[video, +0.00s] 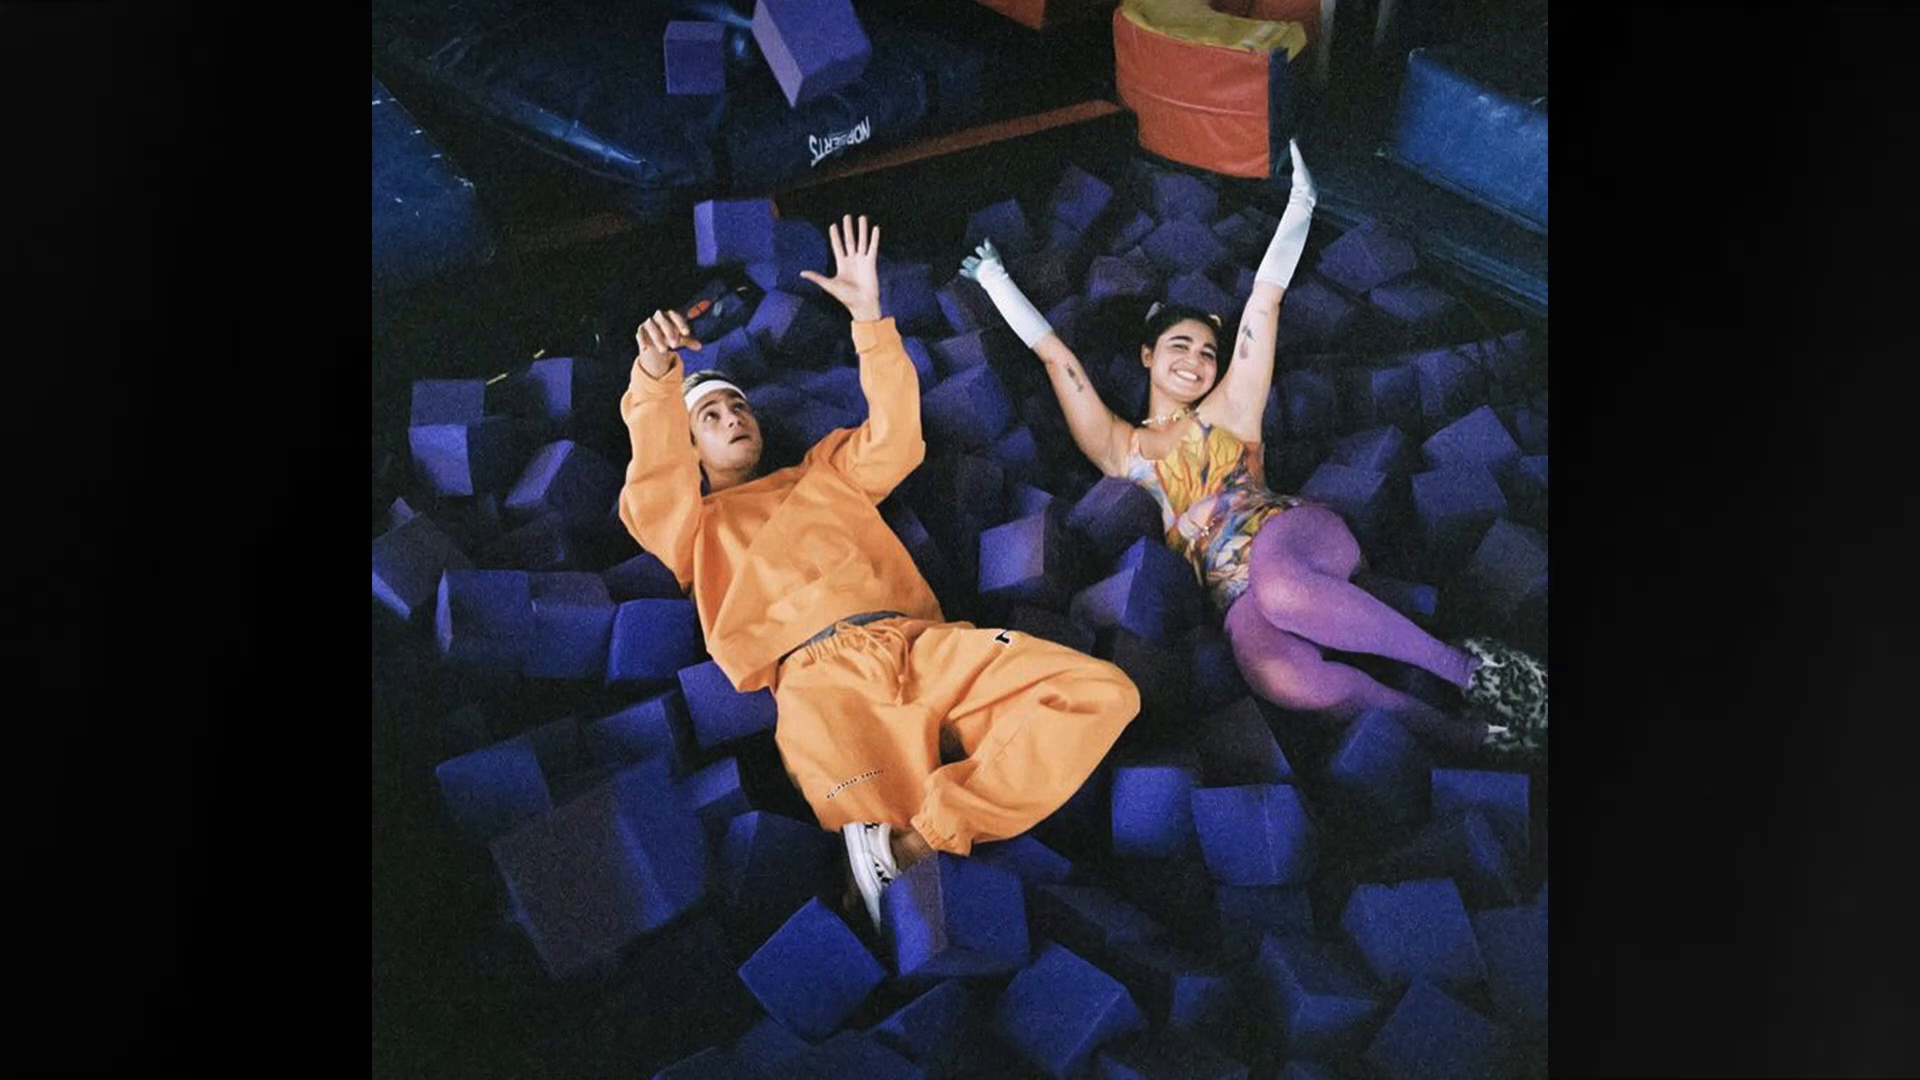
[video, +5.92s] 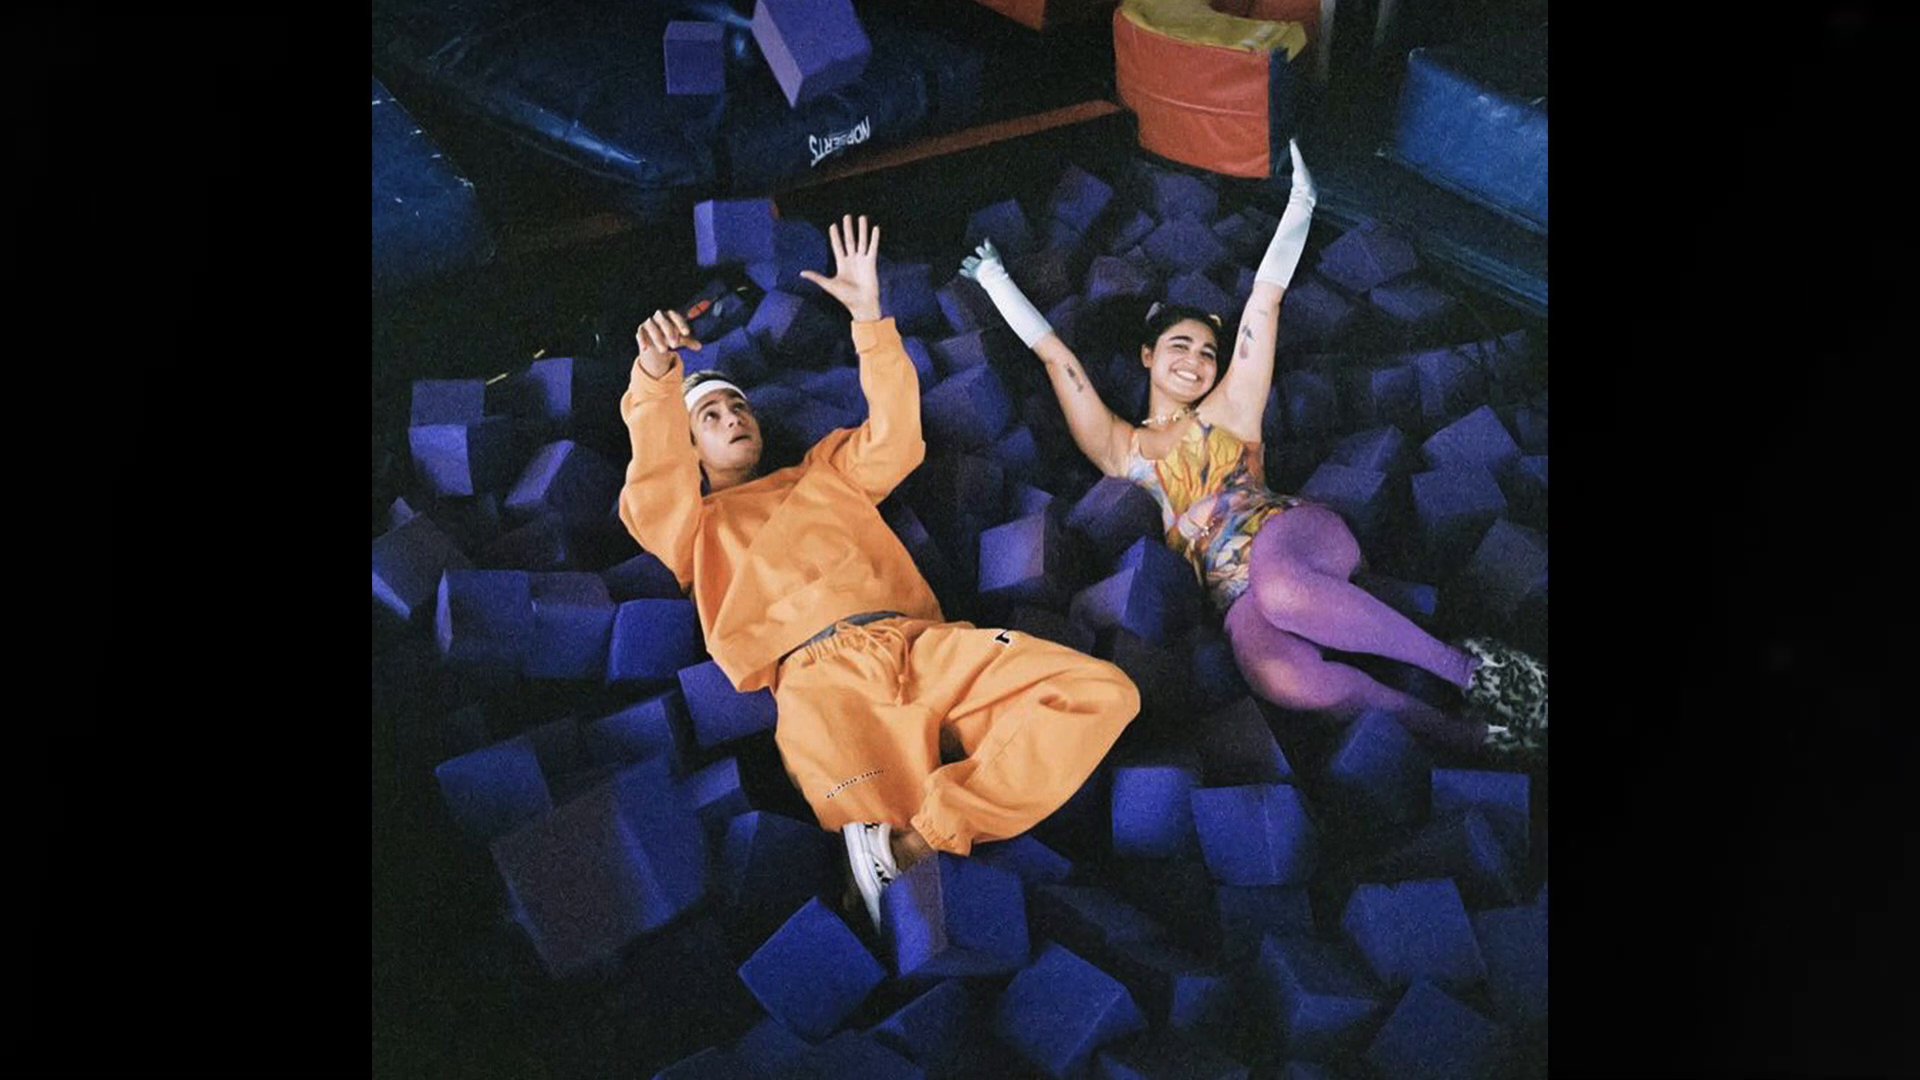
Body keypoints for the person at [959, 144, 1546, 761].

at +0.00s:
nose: (1191, 360)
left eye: (1205, 354)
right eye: (1176, 346)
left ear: (1216, 371)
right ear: (1145, 358)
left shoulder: (1230, 411)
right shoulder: (1122, 449)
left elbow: (1264, 305)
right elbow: (1058, 360)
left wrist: (1298, 209)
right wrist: (992, 278)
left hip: (1288, 530)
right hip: (1238, 596)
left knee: (1279, 593)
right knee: (1289, 681)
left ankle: (1472, 671)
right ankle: (1463, 735)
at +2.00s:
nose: (1190, 359)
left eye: (1204, 353)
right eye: (1176, 346)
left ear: (1216, 370)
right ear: (1145, 358)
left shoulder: (1230, 411)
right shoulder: (1123, 449)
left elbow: (1264, 304)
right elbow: (1057, 359)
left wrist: (1298, 209)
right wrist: (992, 277)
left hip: (1289, 532)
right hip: (1239, 597)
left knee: (1279, 593)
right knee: (1285, 680)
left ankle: (1471, 671)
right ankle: (1458, 730)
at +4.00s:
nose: (1191, 360)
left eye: (1205, 354)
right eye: (1176, 346)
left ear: (1216, 371)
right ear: (1145, 357)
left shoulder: (1230, 411)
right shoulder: (1122, 448)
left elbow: (1263, 306)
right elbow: (1057, 359)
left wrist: (1298, 210)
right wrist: (992, 278)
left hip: (1288, 531)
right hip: (1238, 596)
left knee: (1280, 593)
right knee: (1285, 679)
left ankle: (1472, 671)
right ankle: (1464, 734)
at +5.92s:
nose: (1191, 360)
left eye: (1205, 354)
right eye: (1177, 346)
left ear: (1217, 370)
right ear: (1145, 358)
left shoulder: (1230, 411)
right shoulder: (1123, 449)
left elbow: (1264, 304)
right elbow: (1057, 359)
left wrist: (1298, 209)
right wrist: (992, 277)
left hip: (1291, 532)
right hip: (1240, 598)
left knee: (1277, 592)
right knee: (1285, 680)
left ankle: (1471, 670)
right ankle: (1458, 731)